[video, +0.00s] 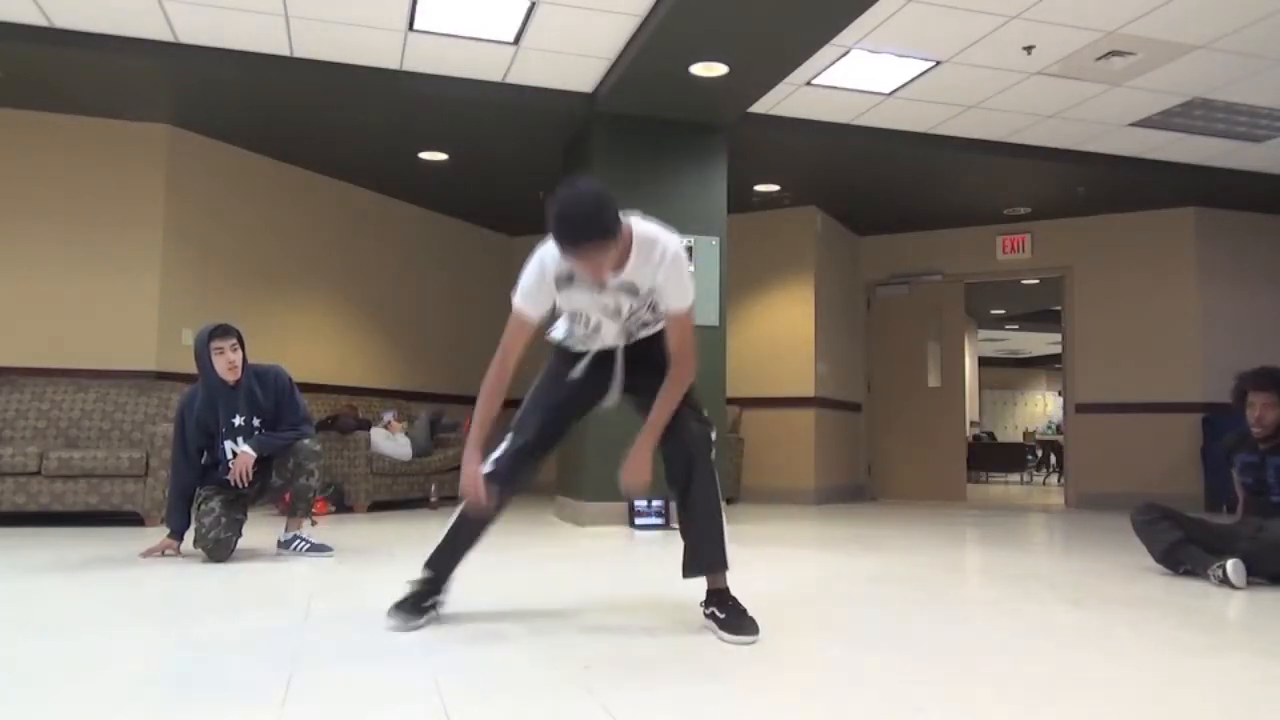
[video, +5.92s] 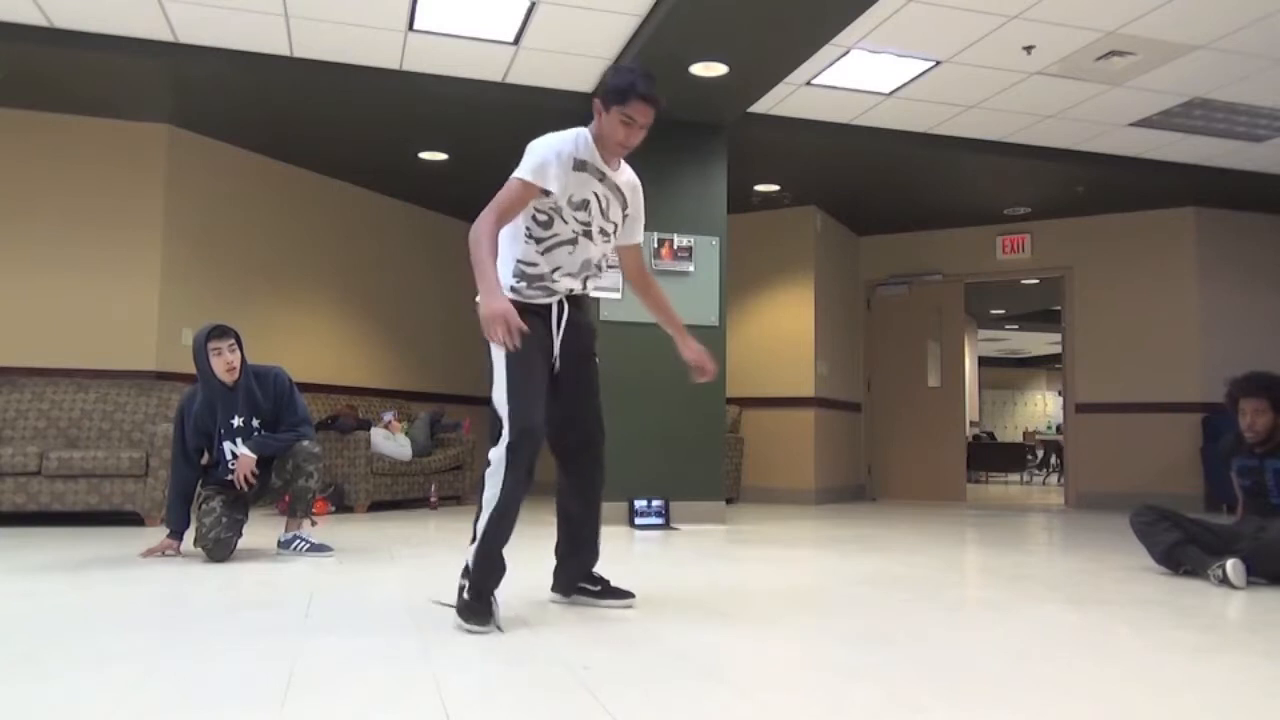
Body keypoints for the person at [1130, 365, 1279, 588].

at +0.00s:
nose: (1257, 415)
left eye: (1268, 407)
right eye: (1251, 406)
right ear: (1244, 409)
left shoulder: (1275, 451)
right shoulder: (1239, 449)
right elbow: (1243, 501)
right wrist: (1239, 529)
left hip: (1271, 536)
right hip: (1240, 531)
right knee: (1145, 513)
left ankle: (1194, 561)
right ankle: (1210, 567)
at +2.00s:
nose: (1251, 420)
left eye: (1261, 411)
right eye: (1245, 411)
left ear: (1277, 414)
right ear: (1237, 414)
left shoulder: (1275, 452)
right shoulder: (1235, 450)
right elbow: (1242, 502)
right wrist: (1236, 533)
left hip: (1271, 535)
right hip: (1240, 533)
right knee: (1145, 514)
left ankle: (1197, 562)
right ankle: (1210, 566)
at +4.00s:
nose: (1249, 421)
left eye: (1260, 413)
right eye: (1244, 412)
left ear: (1277, 416)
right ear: (1236, 415)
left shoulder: (1275, 453)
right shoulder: (1234, 451)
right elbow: (1241, 501)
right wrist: (1236, 531)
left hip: (1271, 537)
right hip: (1240, 534)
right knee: (1145, 514)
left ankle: (1197, 562)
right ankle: (1210, 566)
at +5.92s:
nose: (1249, 422)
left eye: (1260, 413)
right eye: (1243, 414)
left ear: (1277, 416)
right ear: (1236, 416)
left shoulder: (1275, 453)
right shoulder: (1235, 452)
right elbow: (1242, 501)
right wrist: (1237, 531)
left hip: (1271, 536)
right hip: (1239, 534)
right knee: (1143, 515)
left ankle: (1195, 563)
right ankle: (1209, 566)